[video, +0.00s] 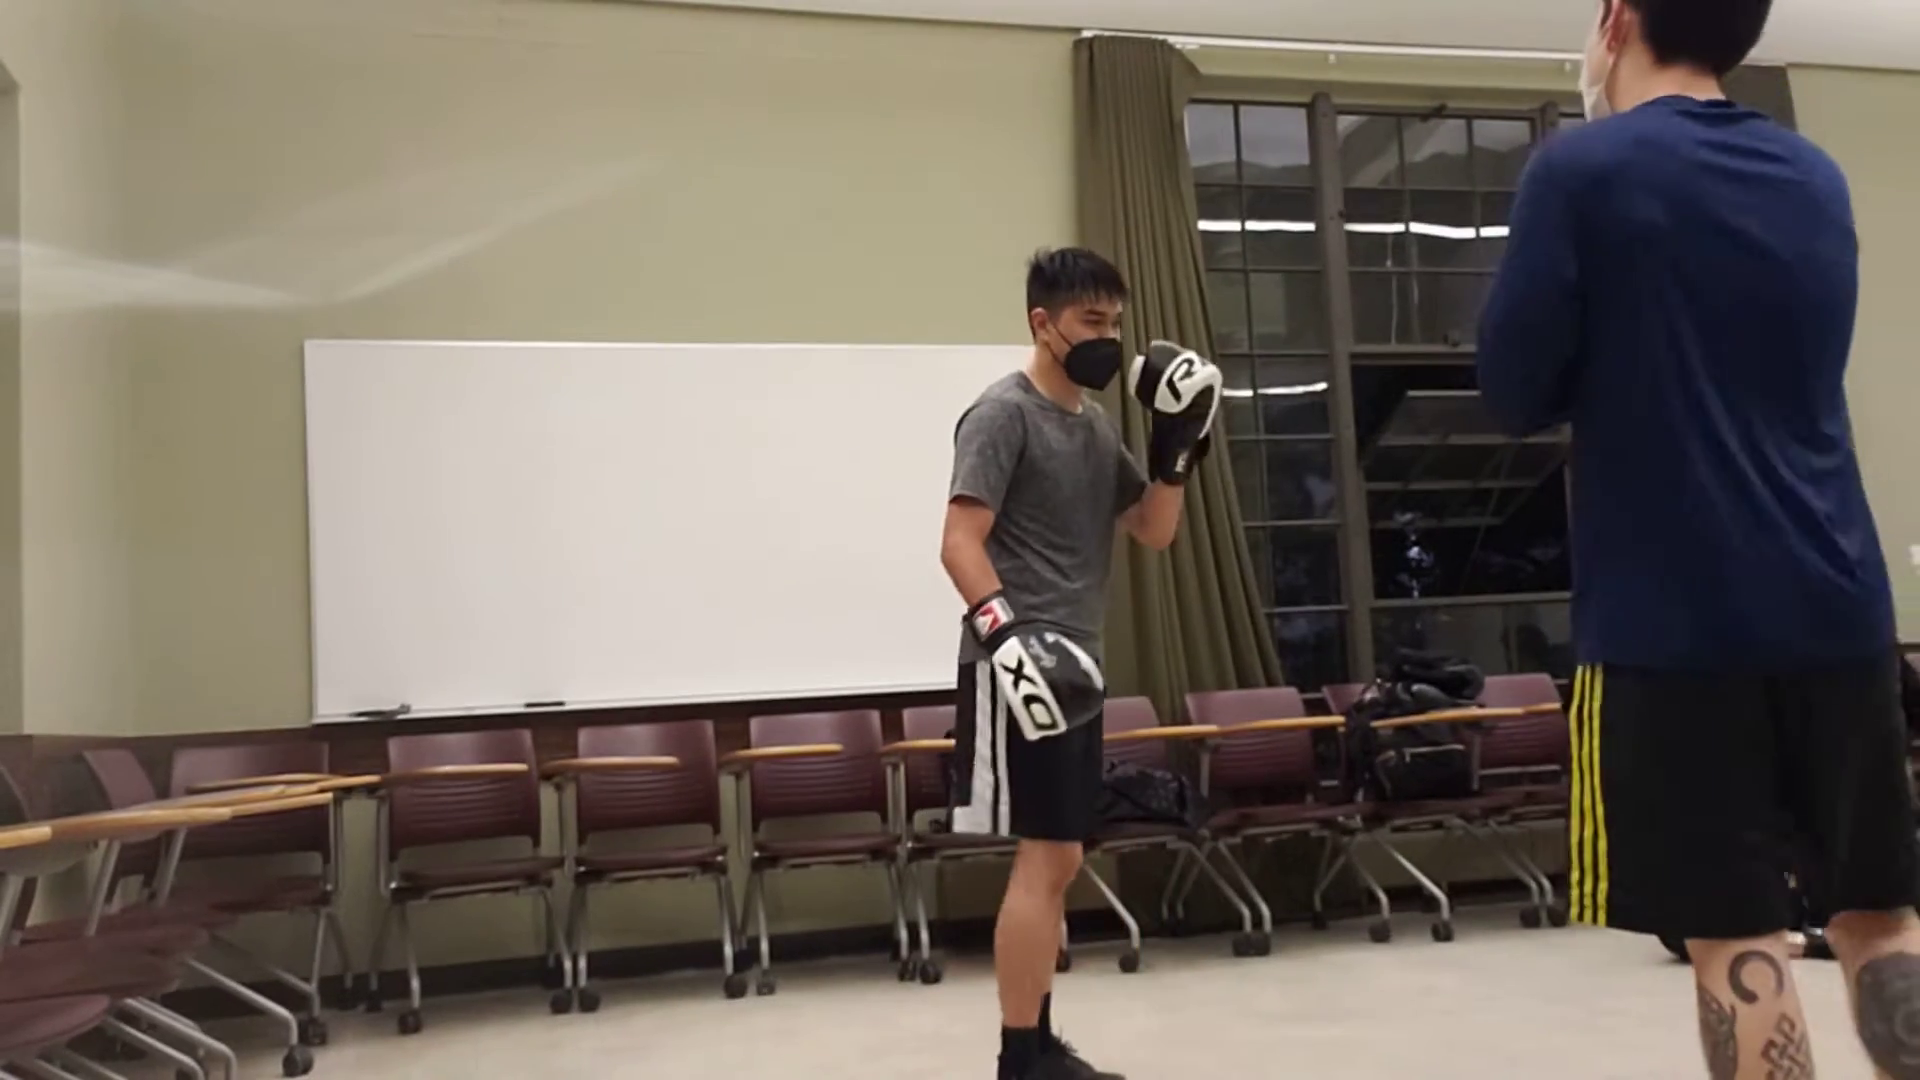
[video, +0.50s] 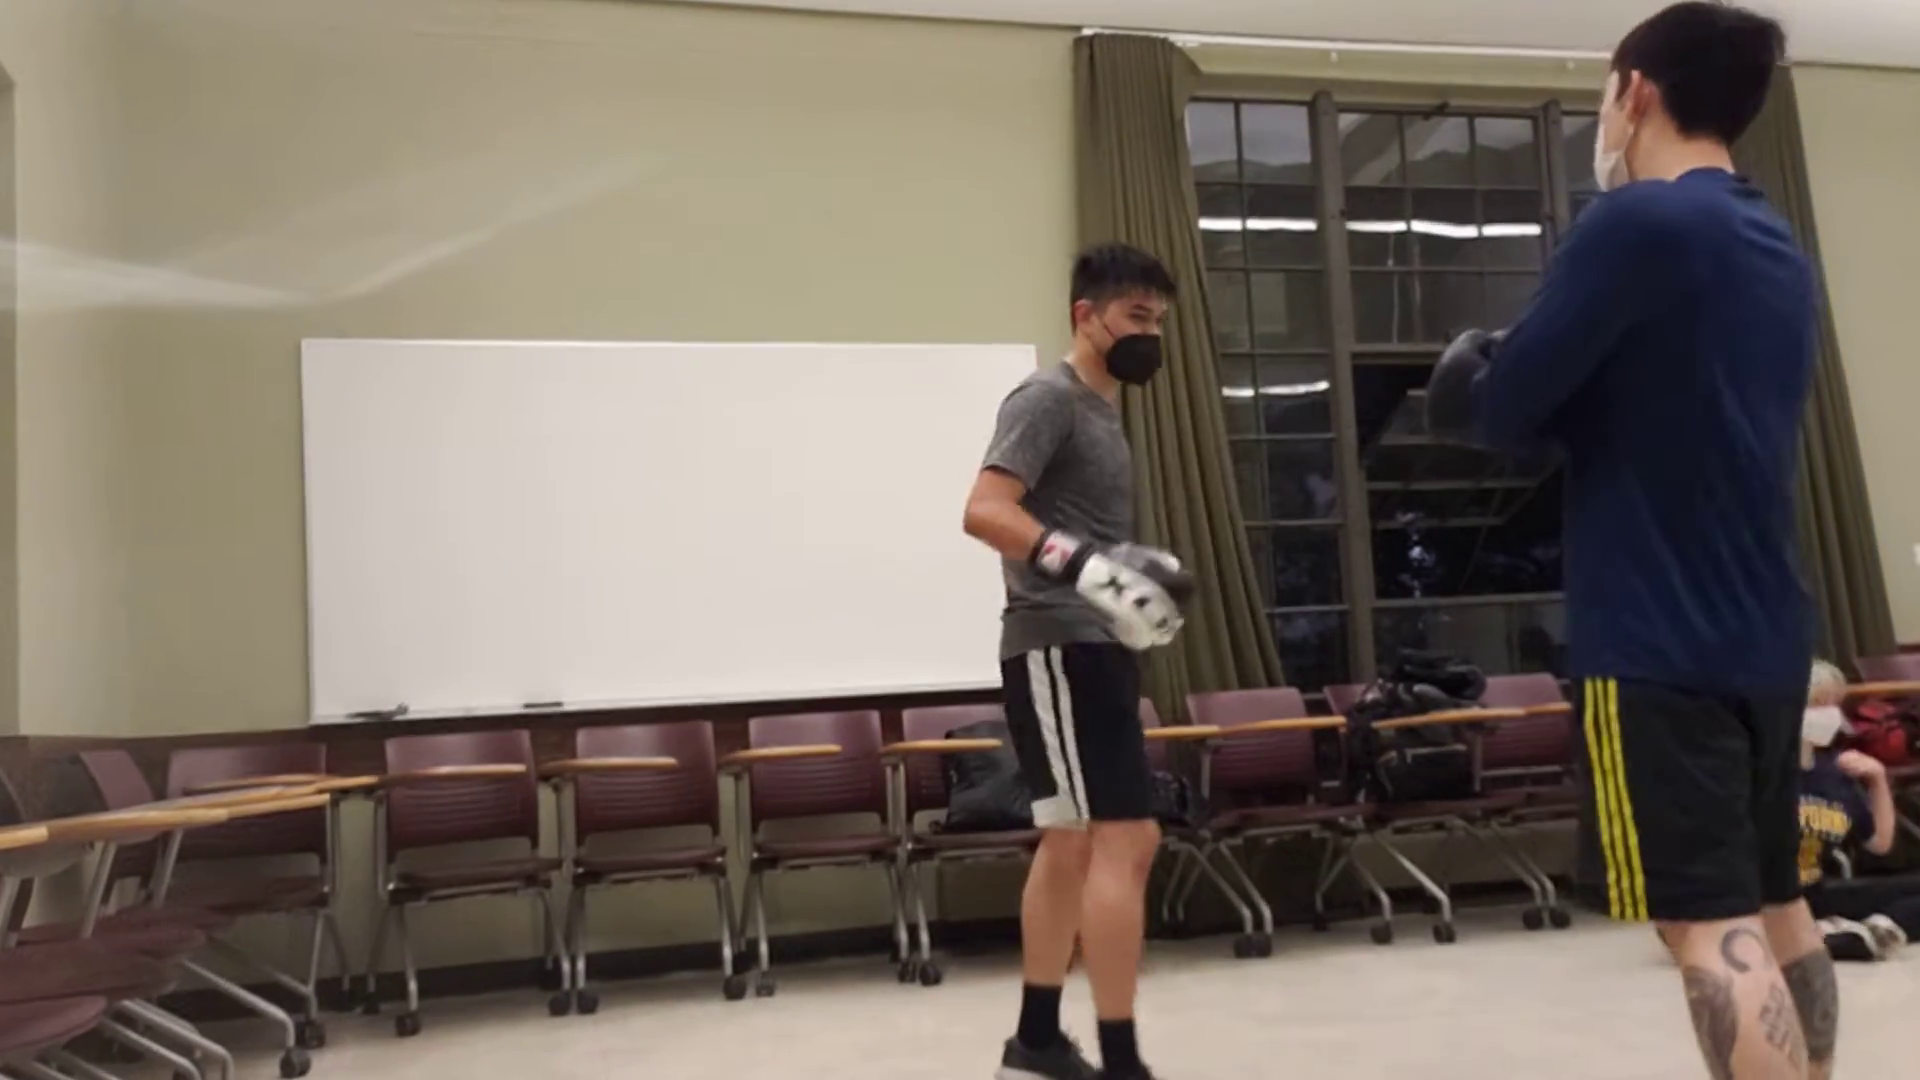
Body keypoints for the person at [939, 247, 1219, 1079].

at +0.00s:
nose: (1105, 337)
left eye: (1113, 324)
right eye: (1090, 321)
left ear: (1114, 327)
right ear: (1040, 320)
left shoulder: (1095, 426)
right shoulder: (1001, 415)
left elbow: (1155, 529)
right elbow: (960, 542)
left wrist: (1174, 440)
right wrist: (1006, 635)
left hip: (1073, 660)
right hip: (1025, 659)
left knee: (1063, 858)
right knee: (1044, 858)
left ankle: (1036, 1038)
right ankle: (1020, 1051)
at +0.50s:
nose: (1149, 335)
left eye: (1158, 322)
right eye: (1136, 317)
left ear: (1150, 328)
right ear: (1084, 313)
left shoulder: (1102, 409)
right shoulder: (1046, 398)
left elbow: (1085, 530)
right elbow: (984, 510)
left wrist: (1135, 569)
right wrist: (1085, 562)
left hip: (1086, 645)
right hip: (1060, 648)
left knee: (1066, 843)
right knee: (1125, 841)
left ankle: (1037, 1037)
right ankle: (1122, 1060)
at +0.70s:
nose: (1175, 327)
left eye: (1180, 312)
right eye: (1164, 310)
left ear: (1117, 312)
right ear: (1109, 304)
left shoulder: (1079, 390)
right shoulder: (1083, 387)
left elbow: (1061, 523)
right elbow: (1074, 495)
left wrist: (1147, 559)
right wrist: (1188, 474)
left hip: (1073, 646)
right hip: (1091, 647)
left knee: (1072, 848)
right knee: (1132, 858)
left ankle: (1041, 1033)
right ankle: (1149, 1068)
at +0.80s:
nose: (1175, 318)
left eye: (1180, 303)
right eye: (1165, 298)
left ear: (1114, 299)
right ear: (1109, 292)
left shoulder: (1070, 381)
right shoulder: (1086, 377)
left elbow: (1083, 511)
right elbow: (1115, 483)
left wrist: (1163, 518)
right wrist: (1231, 440)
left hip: (1070, 640)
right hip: (1095, 643)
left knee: (1081, 844)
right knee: (1129, 857)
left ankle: (1034, 1026)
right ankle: (1147, 1068)